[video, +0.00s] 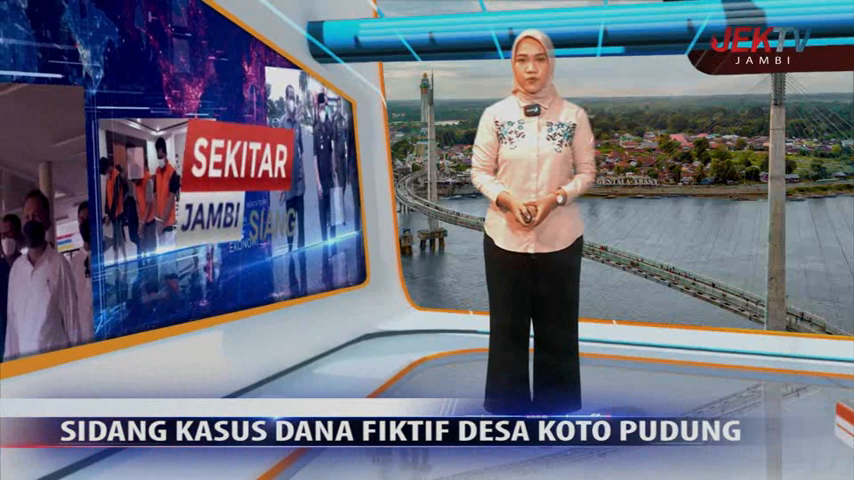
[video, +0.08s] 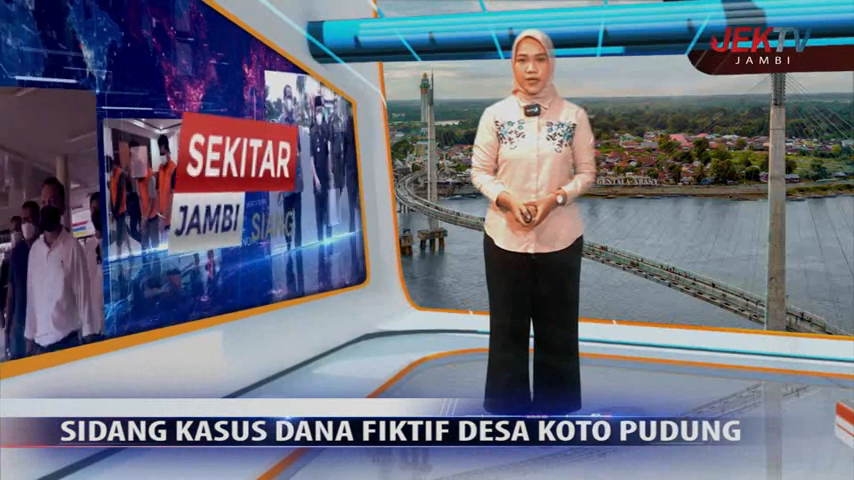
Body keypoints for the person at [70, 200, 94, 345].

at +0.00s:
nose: (85, 224)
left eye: (90, 218)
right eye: (82, 219)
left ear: (100, 220)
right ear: (78, 222)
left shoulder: (114, 253)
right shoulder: (75, 261)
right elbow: (73, 301)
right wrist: (74, 336)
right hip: (85, 336)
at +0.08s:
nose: (96, 213)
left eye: (100, 208)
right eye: (93, 209)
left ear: (110, 210)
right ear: (89, 212)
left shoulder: (129, 247)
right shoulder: (88, 247)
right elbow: (85, 287)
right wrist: (87, 328)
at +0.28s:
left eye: (84, 184)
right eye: (76, 185)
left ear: (92, 191)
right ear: (74, 197)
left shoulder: (102, 216)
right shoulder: (72, 219)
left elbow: (109, 255)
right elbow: (70, 254)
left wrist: (110, 291)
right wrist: (70, 289)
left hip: (98, 299)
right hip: (76, 298)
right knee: (76, 351)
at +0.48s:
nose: (103, 188)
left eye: (106, 183)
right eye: (100, 184)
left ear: (112, 188)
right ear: (94, 189)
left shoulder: (120, 217)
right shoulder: (90, 219)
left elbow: (125, 250)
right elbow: (87, 251)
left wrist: (126, 282)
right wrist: (88, 282)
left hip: (116, 286)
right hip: (95, 287)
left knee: (118, 330)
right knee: (97, 331)